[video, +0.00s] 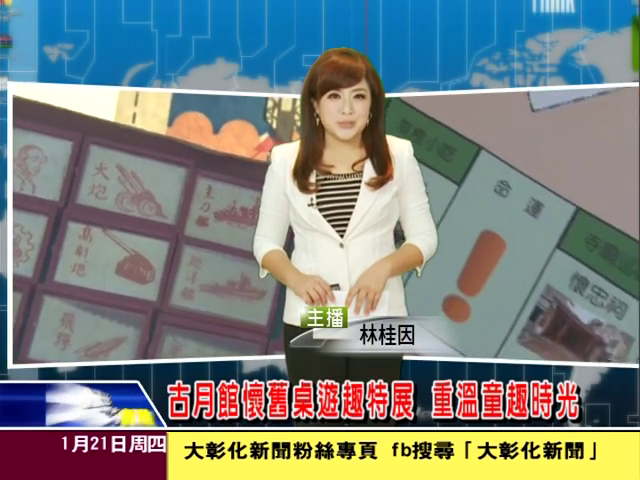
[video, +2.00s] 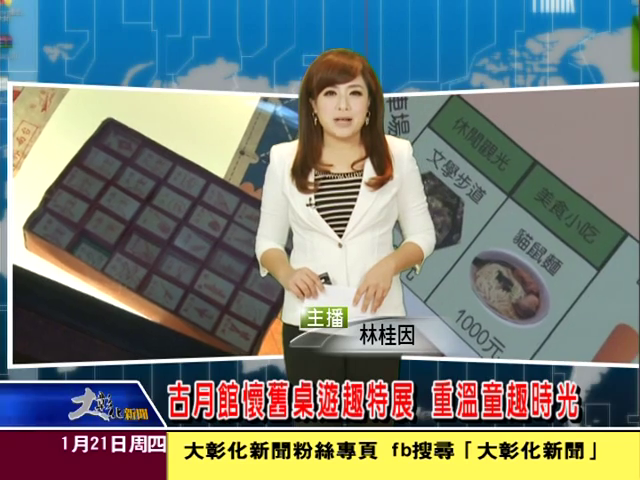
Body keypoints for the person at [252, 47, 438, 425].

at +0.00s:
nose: (347, 109)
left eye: (359, 97)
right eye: (334, 97)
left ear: (373, 104)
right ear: (315, 105)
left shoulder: (396, 155)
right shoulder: (287, 160)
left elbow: (424, 239)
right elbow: (265, 243)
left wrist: (383, 267)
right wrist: (297, 279)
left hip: (379, 323)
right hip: (309, 323)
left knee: (377, 439)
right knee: (314, 438)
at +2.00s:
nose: (343, 105)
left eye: (355, 94)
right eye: (330, 94)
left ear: (370, 103)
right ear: (312, 104)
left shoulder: (395, 155)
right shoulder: (286, 159)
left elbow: (422, 237)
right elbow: (268, 242)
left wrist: (389, 265)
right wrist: (289, 273)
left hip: (376, 326)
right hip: (307, 324)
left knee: (375, 441)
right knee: (313, 440)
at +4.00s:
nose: (345, 104)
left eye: (356, 92)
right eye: (332, 93)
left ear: (370, 101)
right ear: (313, 104)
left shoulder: (396, 155)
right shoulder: (287, 159)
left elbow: (424, 237)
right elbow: (268, 242)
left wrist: (389, 265)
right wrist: (290, 274)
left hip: (378, 324)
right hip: (308, 323)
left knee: (375, 440)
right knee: (313, 439)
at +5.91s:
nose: (343, 105)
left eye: (354, 93)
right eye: (330, 94)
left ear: (369, 102)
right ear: (311, 105)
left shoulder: (395, 155)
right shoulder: (286, 160)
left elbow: (424, 236)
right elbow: (266, 243)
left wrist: (389, 264)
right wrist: (290, 276)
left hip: (377, 324)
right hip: (309, 322)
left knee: (376, 438)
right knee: (313, 438)